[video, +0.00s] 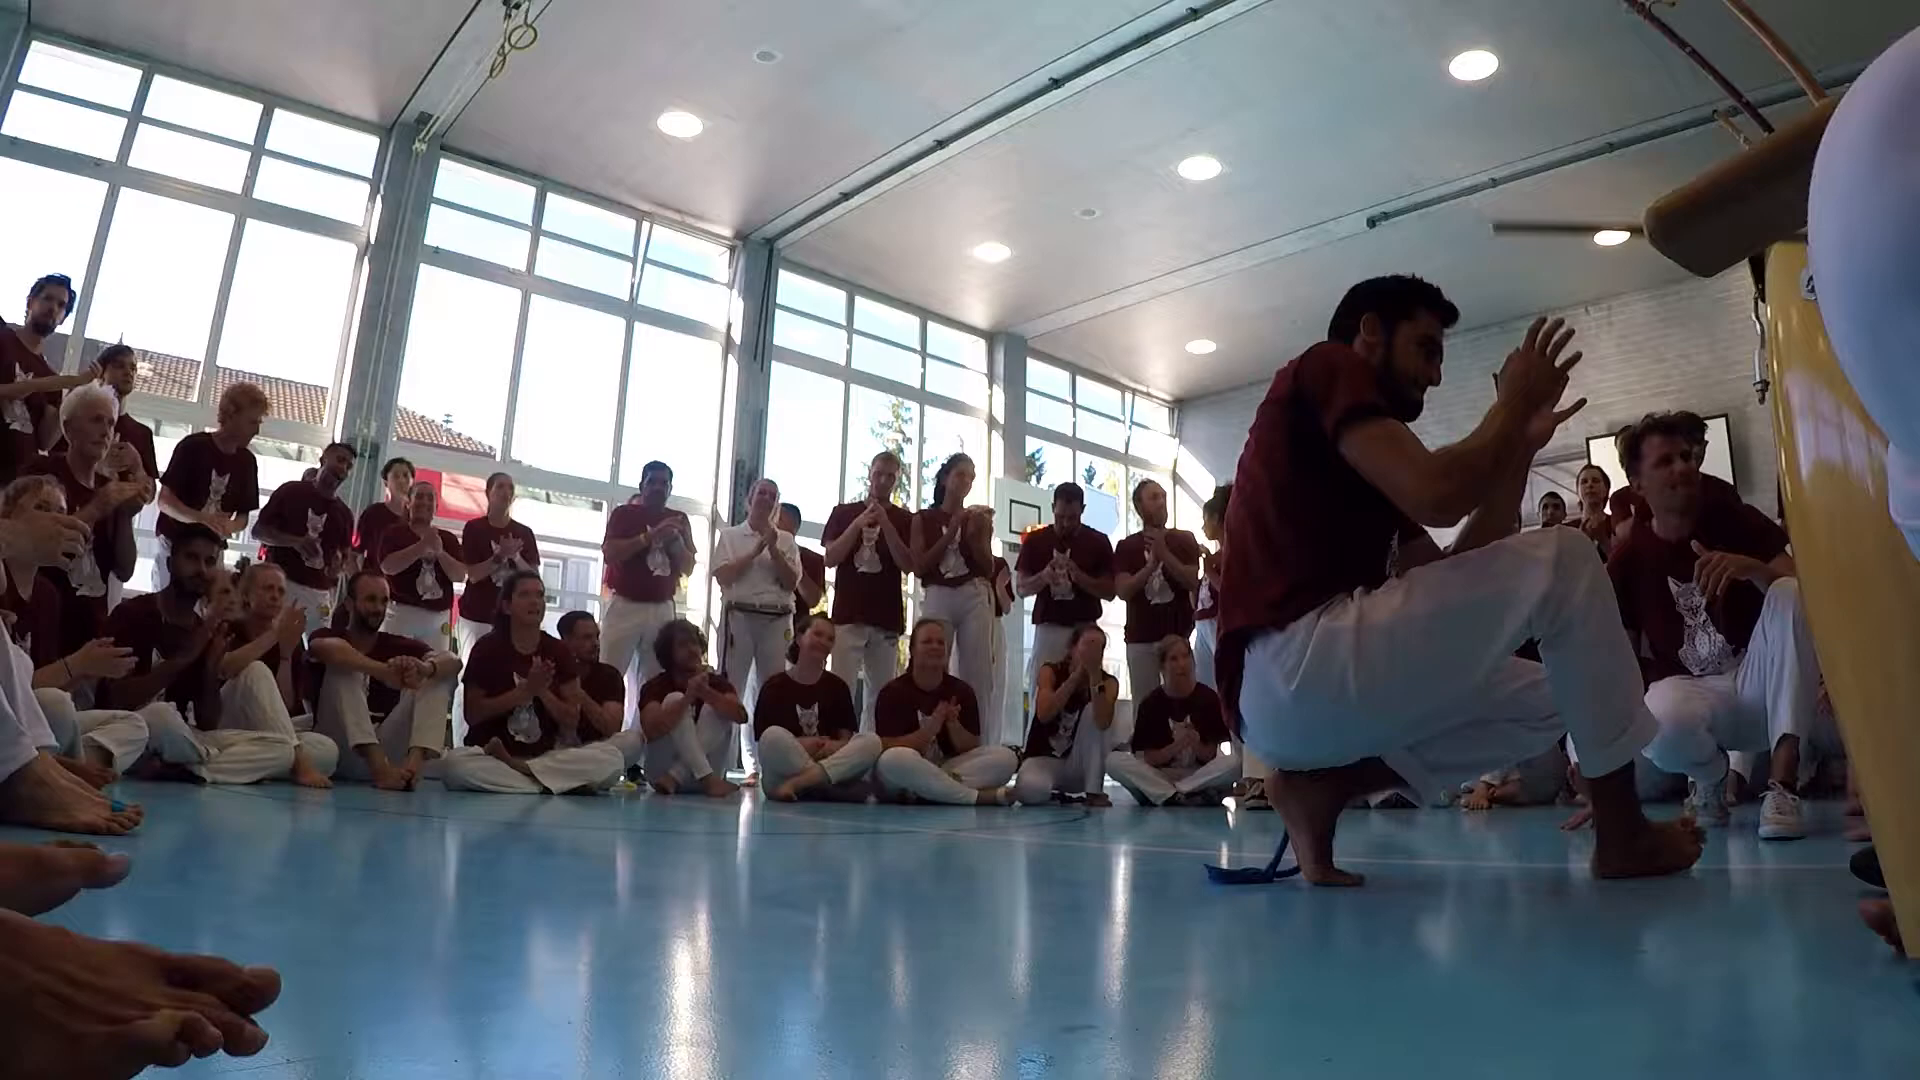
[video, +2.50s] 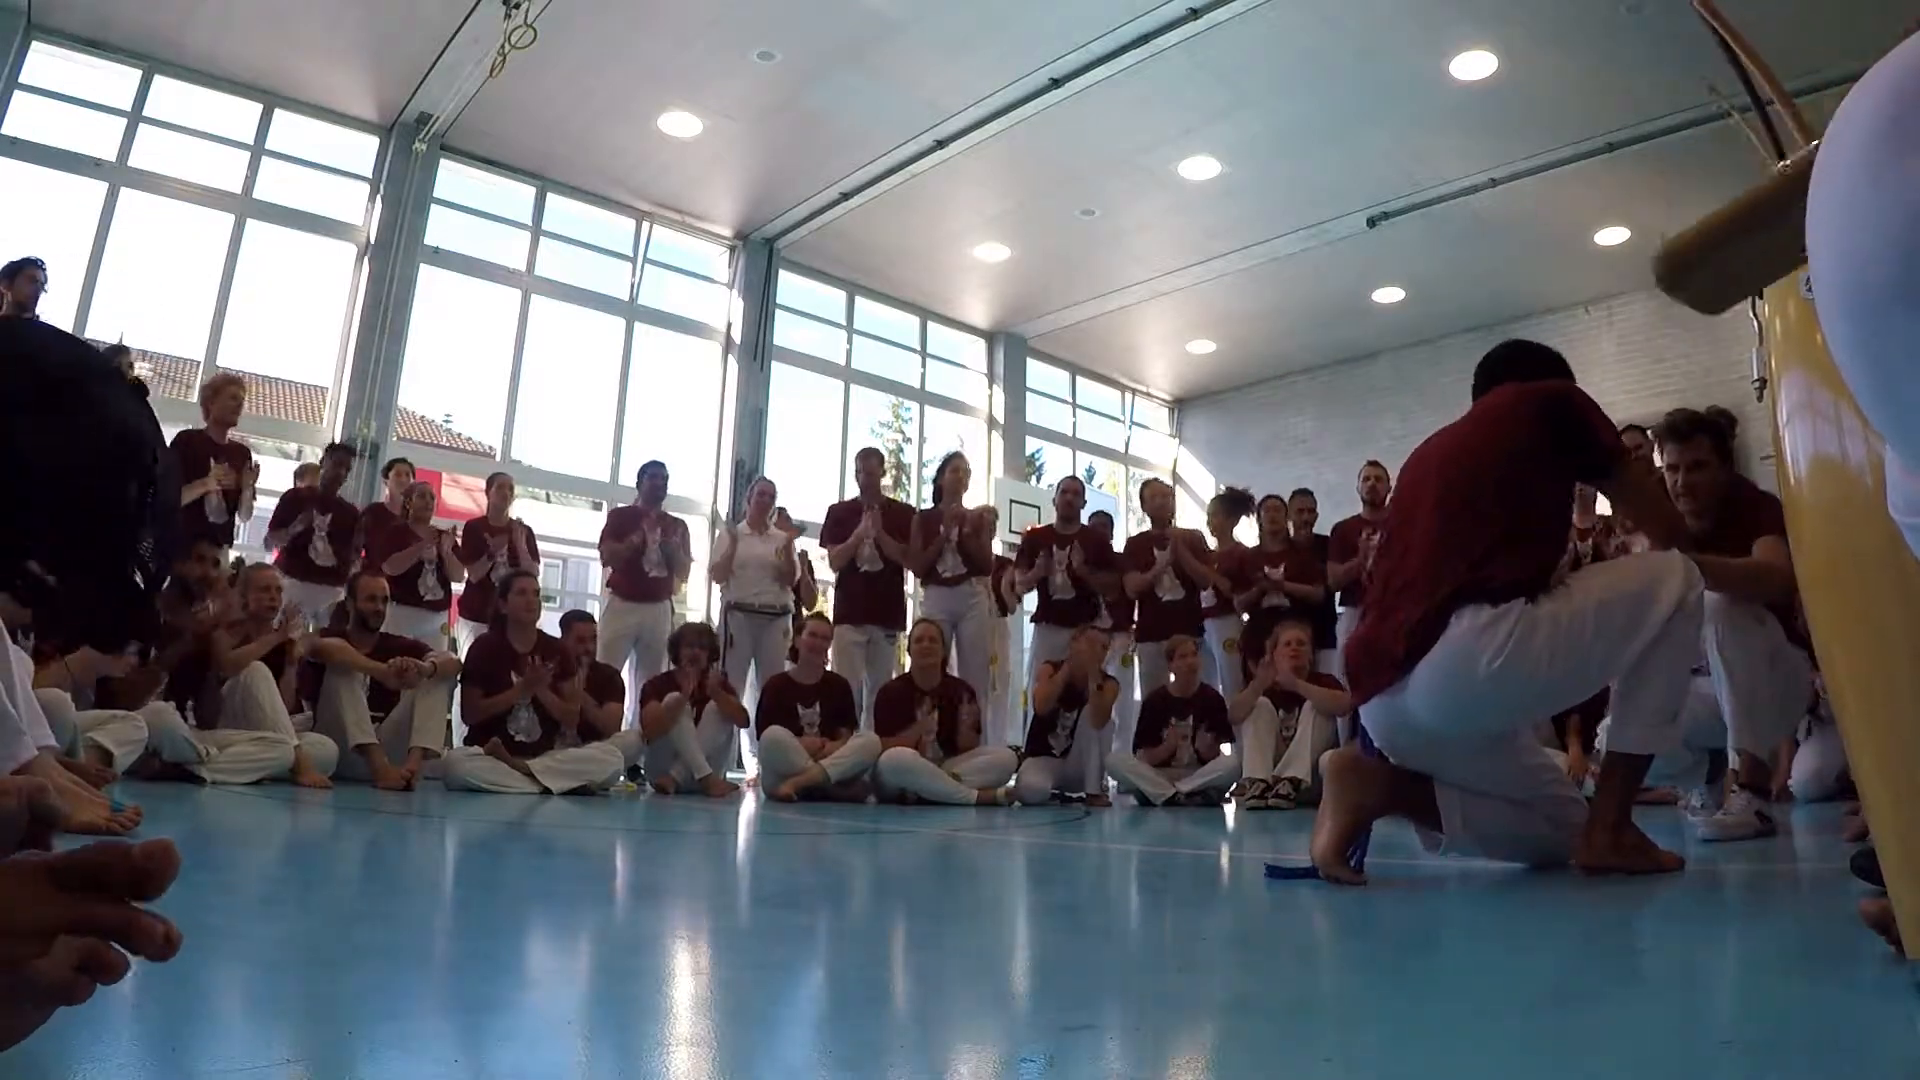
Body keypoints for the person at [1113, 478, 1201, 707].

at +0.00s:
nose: (1162, 501)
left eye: (1164, 496)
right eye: (1154, 497)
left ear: (1167, 501)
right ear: (1139, 506)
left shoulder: (1185, 540)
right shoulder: (1127, 546)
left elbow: (1191, 582)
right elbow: (1123, 591)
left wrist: (1164, 553)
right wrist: (1150, 565)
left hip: (1179, 636)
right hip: (1141, 639)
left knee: (1182, 704)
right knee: (1144, 708)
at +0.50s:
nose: (1165, 502)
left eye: (1169, 497)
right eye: (1158, 497)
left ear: (1174, 502)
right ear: (1146, 506)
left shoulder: (1192, 540)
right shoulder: (1134, 544)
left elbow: (1197, 579)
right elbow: (1130, 586)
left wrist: (1174, 545)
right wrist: (1150, 558)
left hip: (1183, 630)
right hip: (1145, 631)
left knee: (1184, 697)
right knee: (1146, 700)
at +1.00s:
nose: (1158, 514)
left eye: (1163, 507)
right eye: (1150, 509)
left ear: (1169, 506)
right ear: (1139, 511)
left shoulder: (1189, 542)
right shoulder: (1130, 546)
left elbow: (1199, 582)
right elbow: (1129, 582)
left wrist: (1176, 547)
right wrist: (1145, 542)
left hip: (1181, 632)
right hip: (1143, 634)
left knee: (1184, 700)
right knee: (1143, 702)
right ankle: (1139, 764)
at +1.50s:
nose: (1146, 518)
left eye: (1151, 511)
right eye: (1139, 513)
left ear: (1159, 509)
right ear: (1131, 515)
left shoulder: (1182, 540)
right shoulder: (1126, 547)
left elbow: (1197, 584)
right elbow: (1126, 583)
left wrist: (1177, 551)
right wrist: (1142, 541)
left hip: (1178, 634)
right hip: (1140, 637)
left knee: (1184, 704)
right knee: (1145, 709)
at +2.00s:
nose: (1150, 515)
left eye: (1154, 508)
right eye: (1142, 509)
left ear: (1161, 507)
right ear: (1131, 512)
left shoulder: (1183, 540)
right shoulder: (1124, 546)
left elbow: (1197, 582)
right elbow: (1125, 583)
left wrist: (1179, 549)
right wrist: (1142, 540)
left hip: (1179, 631)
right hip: (1141, 633)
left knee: (1185, 694)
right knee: (1145, 700)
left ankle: (1189, 753)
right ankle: (1145, 758)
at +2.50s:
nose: (1165, 501)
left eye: (1168, 496)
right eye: (1156, 497)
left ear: (1174, 501)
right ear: (1144, 507)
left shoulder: (1193, 538)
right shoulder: (1136, 543)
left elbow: (1206, 581)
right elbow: (1132, 588)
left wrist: (1181, 551)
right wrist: (1160, 566)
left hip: (1190, 632)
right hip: (1151, 635)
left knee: (1193, 703)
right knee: (1154, 706)